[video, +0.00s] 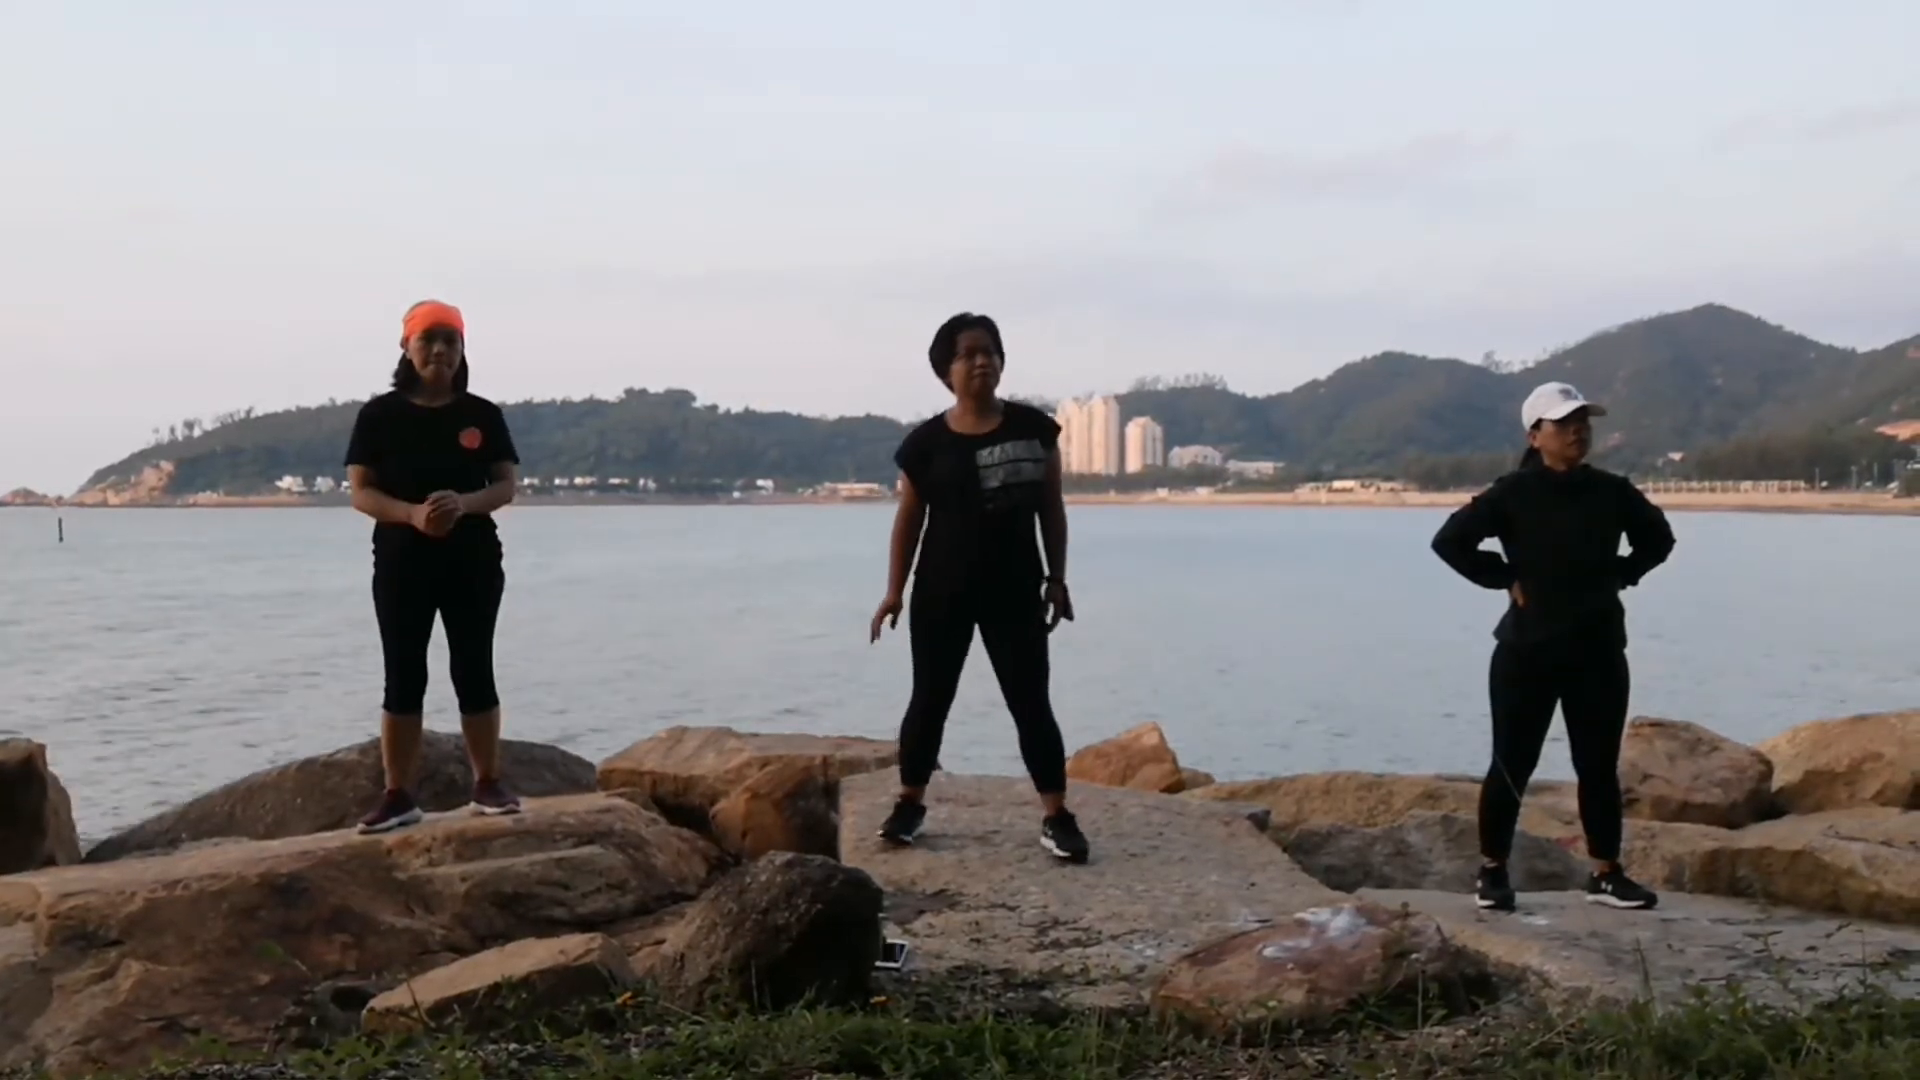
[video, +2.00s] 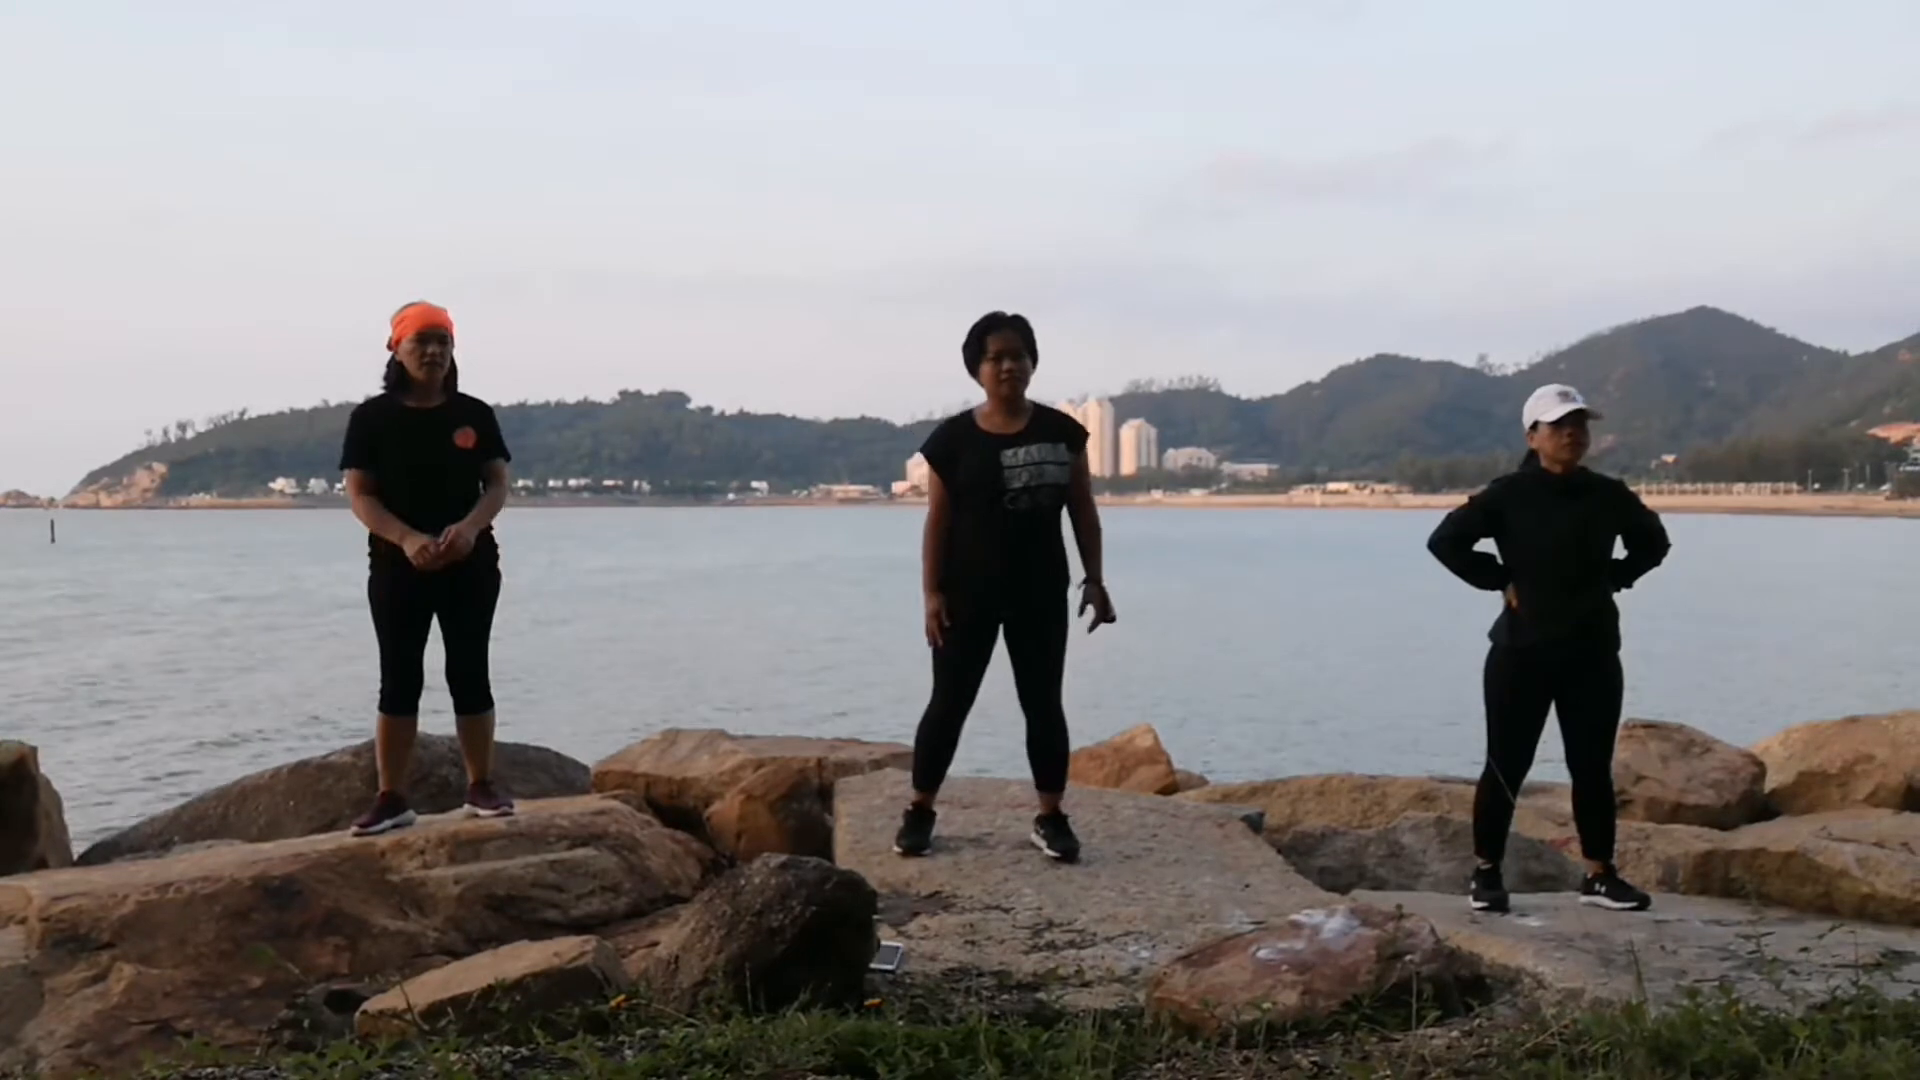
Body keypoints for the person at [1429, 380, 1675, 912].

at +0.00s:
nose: (1580, 432)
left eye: (1582, 422)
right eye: (1567, 424)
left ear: (1587, 427)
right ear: (1536, 434)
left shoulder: (1611, 490)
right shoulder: (1512, 493)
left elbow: (1659, 538)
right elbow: (1449, 543)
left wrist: (1619, 574)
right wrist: (1506, 577)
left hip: (1597, 650)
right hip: (1528, 650)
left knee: (1599, 768)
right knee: (1511, 765)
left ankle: (1607, 873)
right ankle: (1493, 872)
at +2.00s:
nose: (1575, 433)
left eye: (1580, 423)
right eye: (1562, 425)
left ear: (1587, 430)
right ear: (1534, 435)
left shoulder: (1607, 494)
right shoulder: (1508, 495)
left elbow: (1654, 542)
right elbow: (1444, 542)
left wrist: (1611, 577)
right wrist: (1501, 579)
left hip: (1592, 652)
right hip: (1523, 652)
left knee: (1593, 768)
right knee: (1506, 766)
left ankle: (1600, 874)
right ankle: (1487, 874)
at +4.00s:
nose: (1499, 439)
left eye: (1508, 429)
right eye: (1488, 429)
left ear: (1520, 434)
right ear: (1466, 437)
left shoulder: (1540, 490)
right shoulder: (1446, 501)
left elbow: (1584, 525)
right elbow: (1386, 557)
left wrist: (1551, 565)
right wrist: (1445, 588)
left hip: (1540, 642)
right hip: (1475, 647)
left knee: (1572, 758)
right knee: (1475, 767)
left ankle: (1590, 865)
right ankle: (1477, 876)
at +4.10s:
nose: (1493, 442)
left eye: (1502, 432)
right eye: (1482, 433)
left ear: (1512, 436)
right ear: (1459, 437)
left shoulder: (1532, 489)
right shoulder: (1437, 502)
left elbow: (1574, 524)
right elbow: (1380, 561)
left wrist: (1542, 565)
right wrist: (1441, 591)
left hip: (1536, 642)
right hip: (1471, 648)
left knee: (1575, 749)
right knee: (1474, 765)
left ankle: (1555, 836)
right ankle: (1476, 873)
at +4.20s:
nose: (1496, 447)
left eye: (1502, 438)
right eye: (1485, 438)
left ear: (1510, 439)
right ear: (1456, 438)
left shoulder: (1528, 488)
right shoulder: (1432, 502)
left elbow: (1572, 525)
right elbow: (1375, 562)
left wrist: (1541, 564)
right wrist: (1437, 591)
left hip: (1534, 639)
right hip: (1470, 647)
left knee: (1577, 746)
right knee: (1473, 765)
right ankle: (1476, 875)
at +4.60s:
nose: (1515, 457)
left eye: (1519, 447)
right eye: (1505, 446)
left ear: (1521, 444)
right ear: (1474, 442)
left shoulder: (1536, 489)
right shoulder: (1447, 501)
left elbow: (1567, 525)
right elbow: (1388, 567)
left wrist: (1536, 570)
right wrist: (1450, 594)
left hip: (1541, 636)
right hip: (1479, 642)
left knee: (1570, 743)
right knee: (1476, 765)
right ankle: (1473, 874)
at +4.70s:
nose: (1532, 461)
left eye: (1536, 451)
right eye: (1523, 451)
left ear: (1540, 446)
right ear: (1491, 444)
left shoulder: (1549, 493)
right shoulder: (1461, 500)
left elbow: (1566, 537)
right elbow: (1403, 568)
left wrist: (1533, 581)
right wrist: (1462, 595)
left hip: (1547, 642)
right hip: (1486, 648)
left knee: (1577, 751)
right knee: (1480, 765)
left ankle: (1590, 853)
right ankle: (1474, 875)